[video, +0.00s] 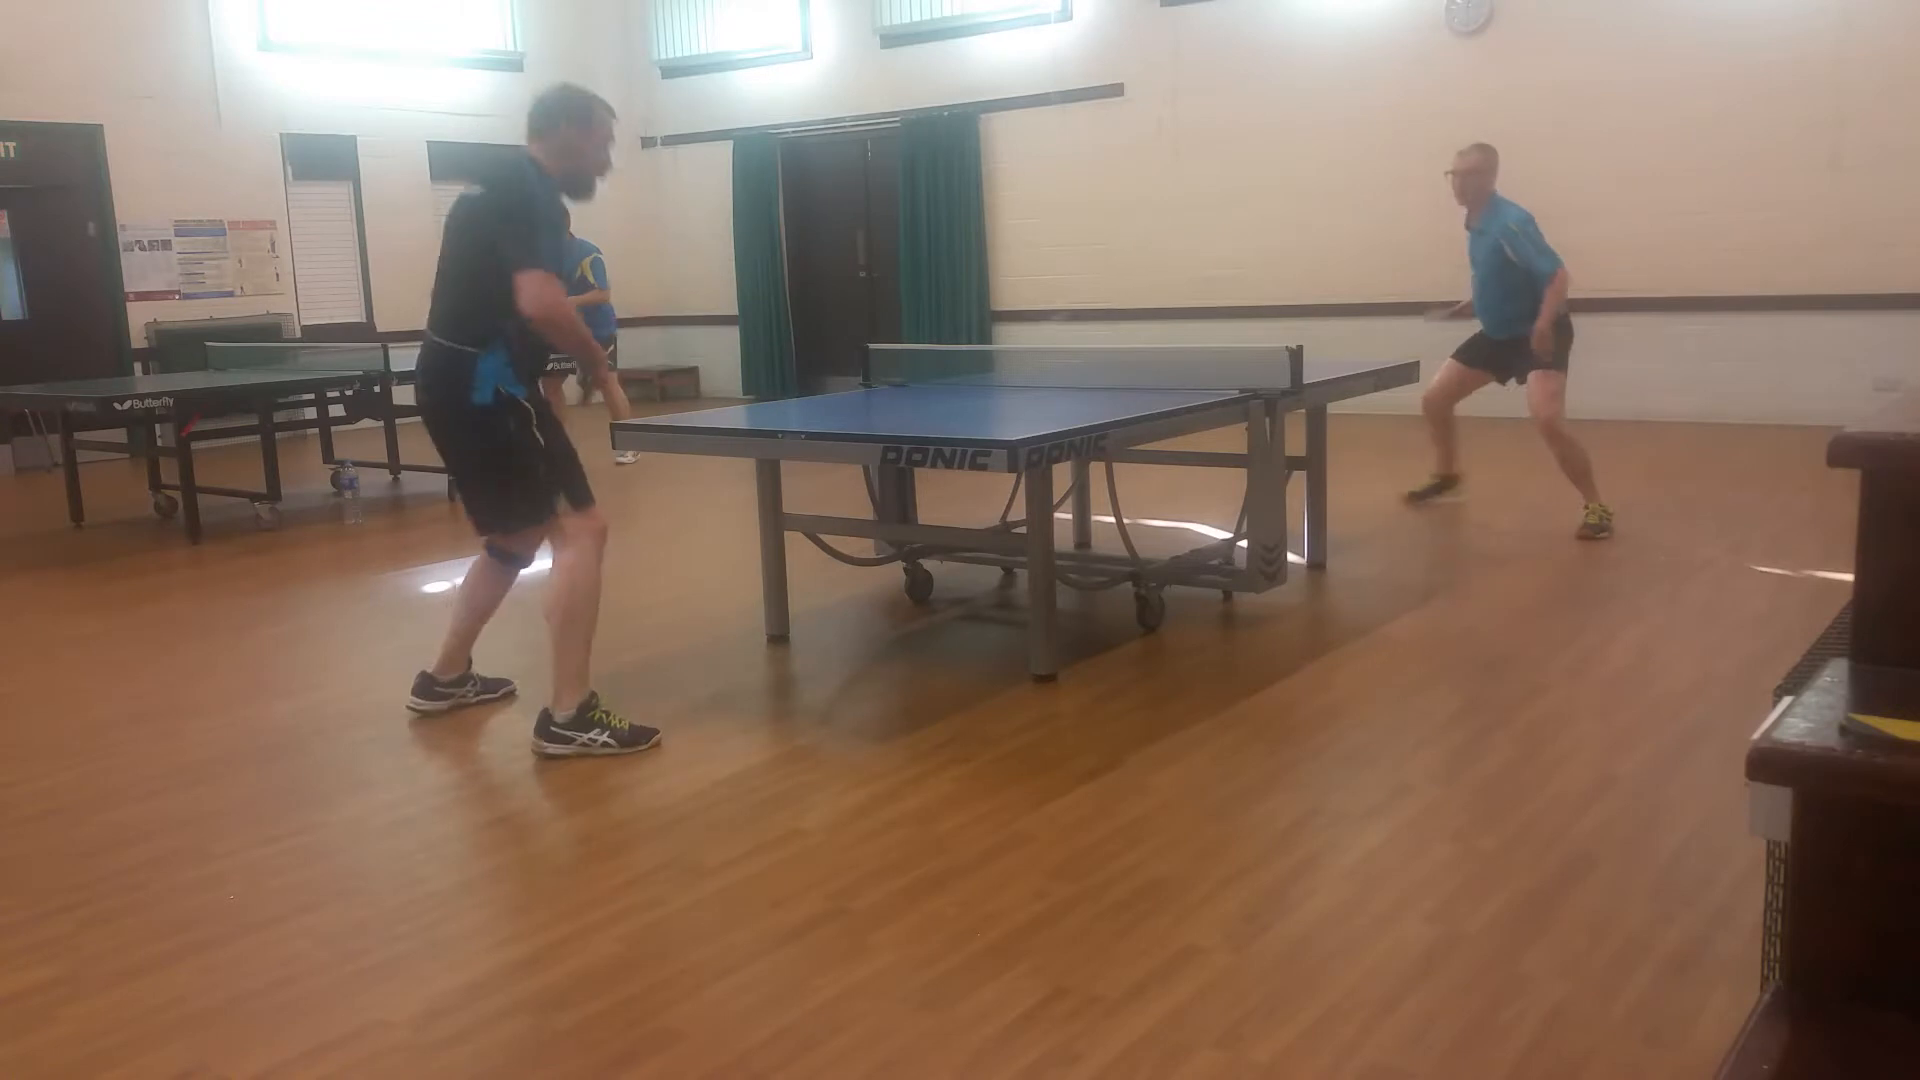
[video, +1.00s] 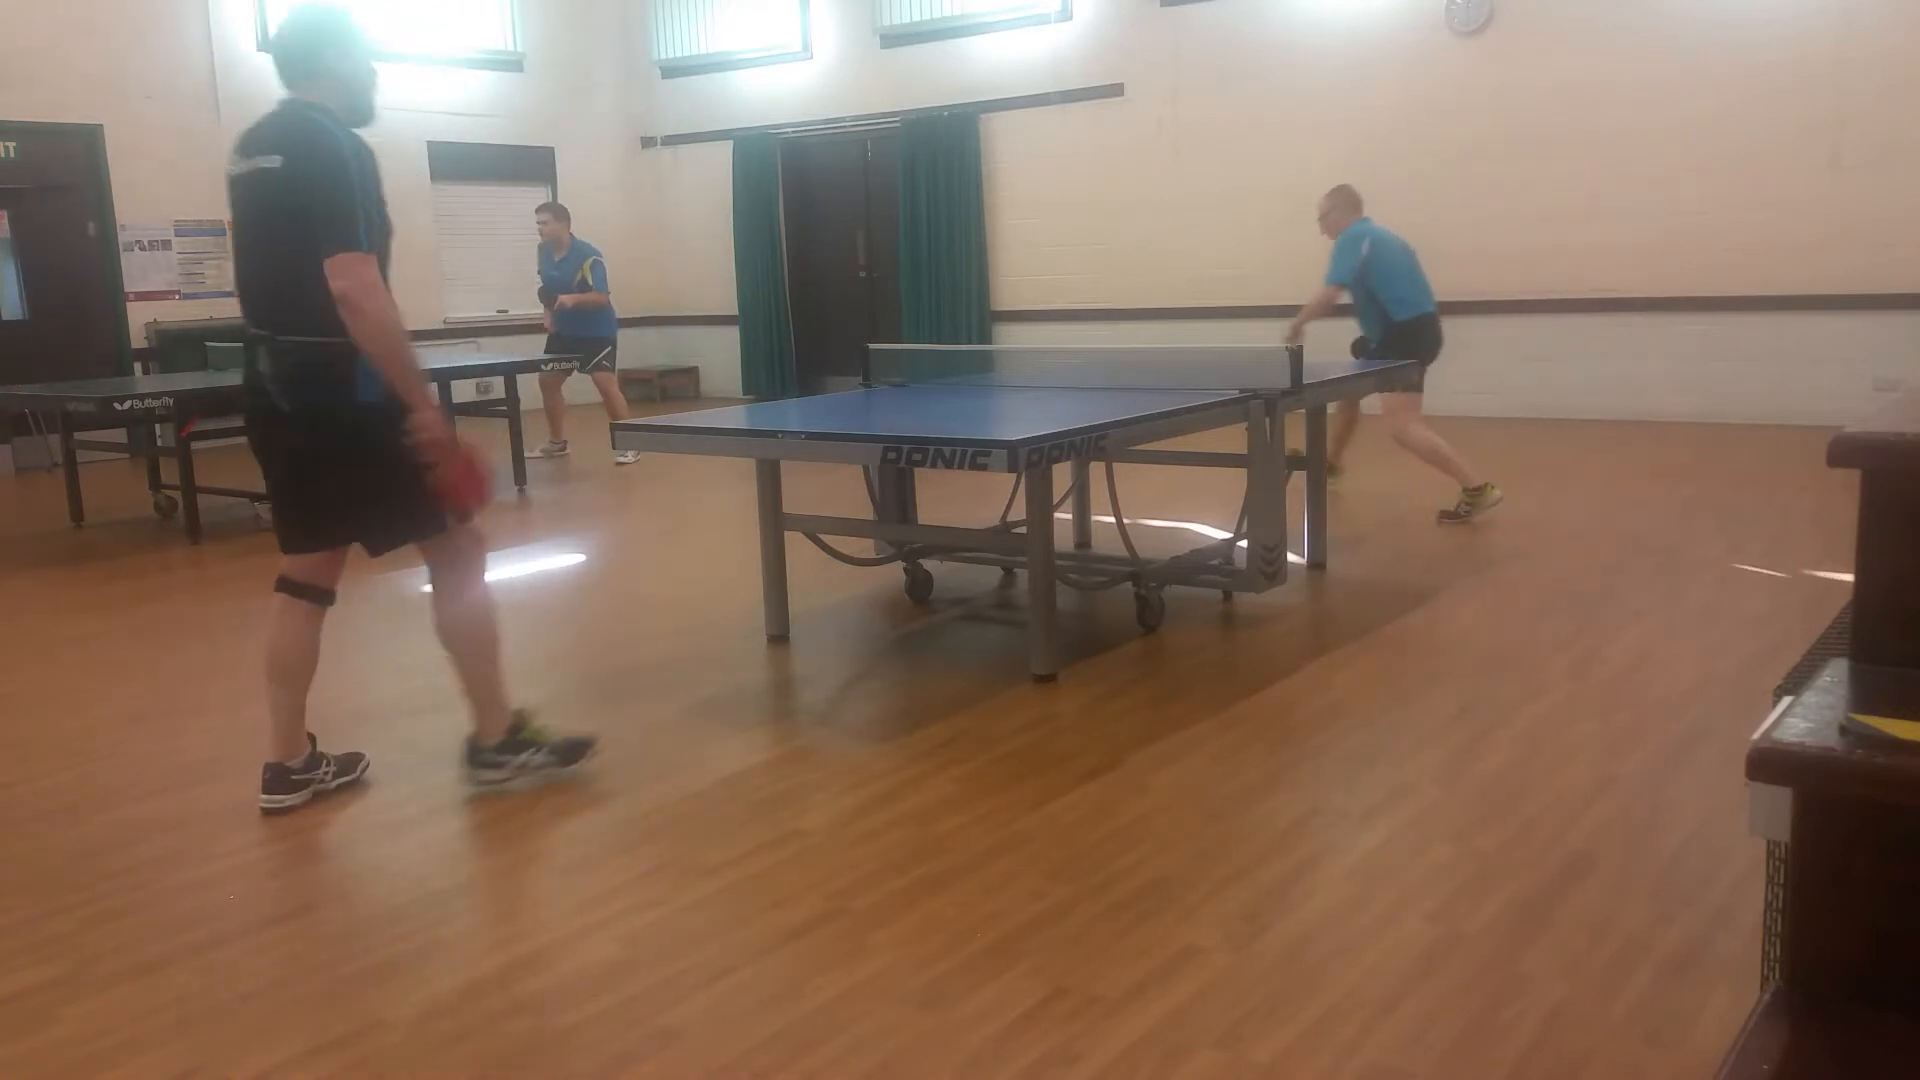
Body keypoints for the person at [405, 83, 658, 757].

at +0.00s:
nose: (609, 159)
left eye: (610, 145)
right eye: (602, 144)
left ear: (552, 137)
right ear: (565, 136)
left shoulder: (502, 184)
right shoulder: (529, 192)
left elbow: (492, 304)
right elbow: (539, 301)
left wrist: (541, 376)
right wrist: (601, 366)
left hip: (455, 376)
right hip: (487, 381)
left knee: (513, 539)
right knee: (582, 530)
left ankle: (444, 676)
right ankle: (569, 712)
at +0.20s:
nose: (636, 191)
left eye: (640, 177)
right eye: (635, 175)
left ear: (570, 158)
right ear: (600, 163)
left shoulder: (493, 197)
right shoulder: (583, 202)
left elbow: (396, 258)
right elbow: (615, 293)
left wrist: (365, 353)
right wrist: (611, 323)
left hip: (424, 384)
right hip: (493, 386)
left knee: (480, 521)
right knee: (596, 531)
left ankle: (457, 666)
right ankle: (570, 712)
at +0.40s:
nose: (620, 185)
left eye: (623, 172)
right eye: (618, 170)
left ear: (549, 148)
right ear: (591, 159)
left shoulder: (467, 177)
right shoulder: (588, 219)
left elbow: (341, 219)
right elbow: (647, 324)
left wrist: (275, 300)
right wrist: (673, 419)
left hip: (399, 385)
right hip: (482, 395)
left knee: (455, 532)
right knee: (576, 533)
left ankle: (421, 683)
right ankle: (569, 713)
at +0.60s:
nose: (558, 131)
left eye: (558, 115)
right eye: (554, 115)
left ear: (483, 105)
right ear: (530, 112)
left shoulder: (401, 155)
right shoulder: (515, 170)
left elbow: (306, 225)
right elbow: (485, 257)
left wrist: (240, 314)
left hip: (372, 384)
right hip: (461, 383)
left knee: (408, 541)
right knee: (547, 535)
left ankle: (324, 712)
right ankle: (569, 712)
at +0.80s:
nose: (455, 107)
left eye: (451, 94)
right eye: (448, 94)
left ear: (374, 97)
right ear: (424, 97)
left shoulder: (315, 175)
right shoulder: (408, 163)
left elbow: (275, 291)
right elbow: (366, 259)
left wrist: (271, 400)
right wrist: (347, 361)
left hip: (332, 401)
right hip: (405, 402)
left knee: (342, 568)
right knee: (500, 544)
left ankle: (291, 758)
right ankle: (559, 713)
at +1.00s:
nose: (378, 76)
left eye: (372, 60)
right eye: (366, 60)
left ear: (298, 65)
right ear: (333, 65)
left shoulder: (256, 143)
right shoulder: (329, 144)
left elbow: (272, 287)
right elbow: (352, 283)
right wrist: (421, 397)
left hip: (281, 398)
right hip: (351, 393)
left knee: (308, 567)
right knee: (454, 542)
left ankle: (288, 762)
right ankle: (498, 735)